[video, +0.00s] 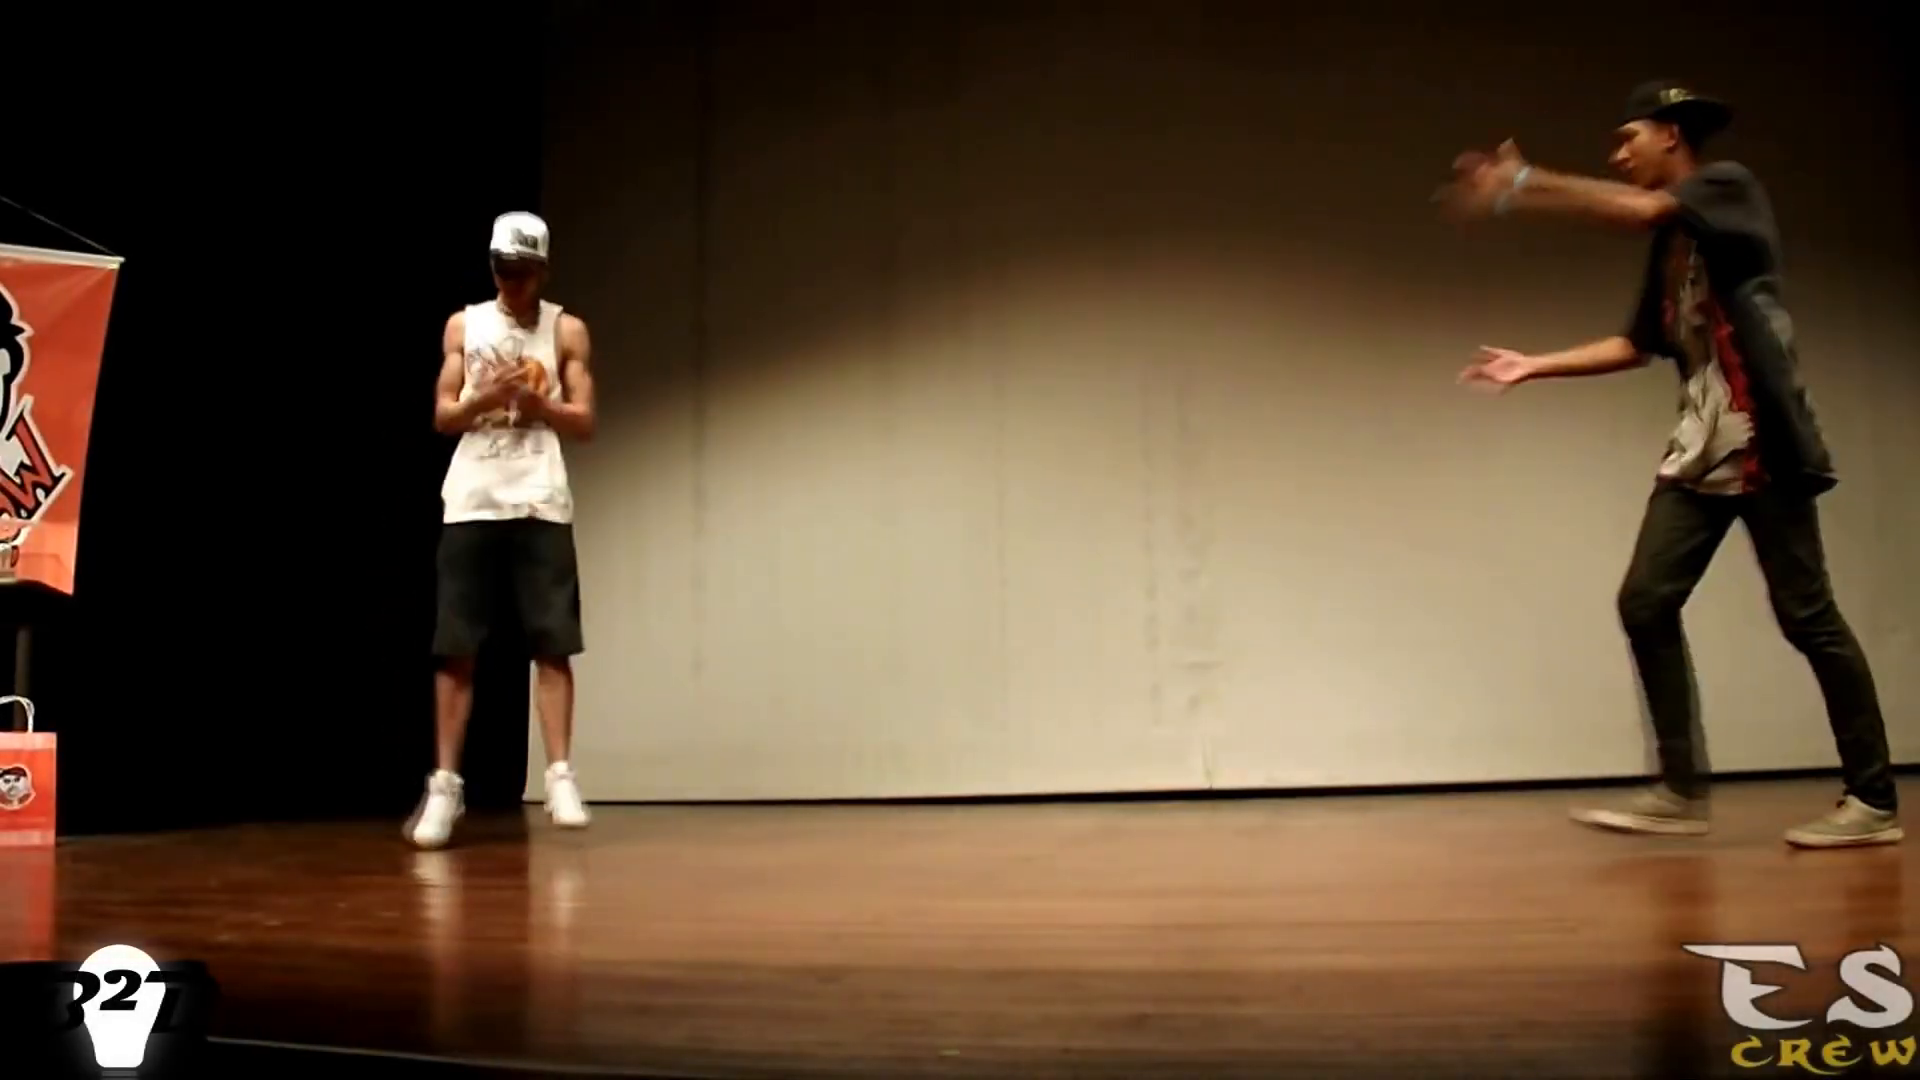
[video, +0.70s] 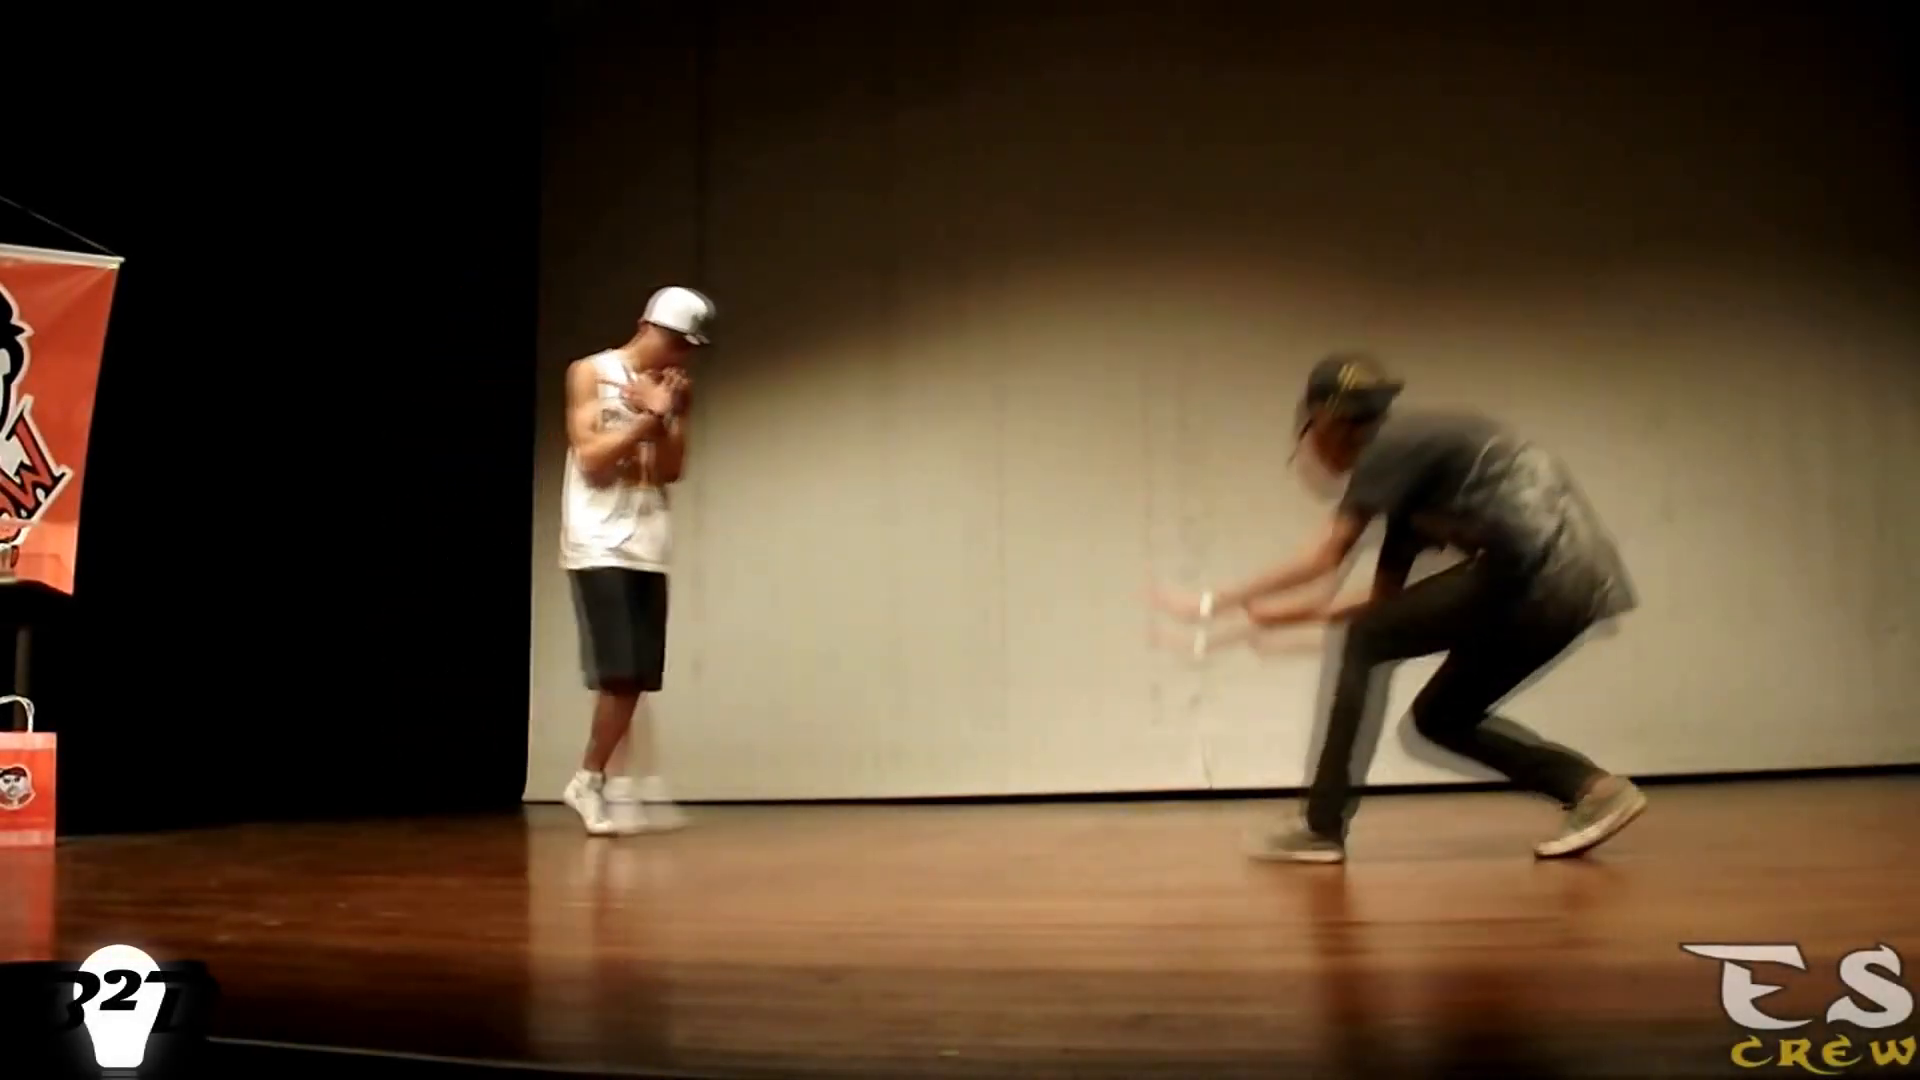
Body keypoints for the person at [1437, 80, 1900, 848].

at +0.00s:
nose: (1619, 150)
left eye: (1630, 135)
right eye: (1619, 139)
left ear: (1674, 135)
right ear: (1662, 144)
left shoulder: (1731, 188)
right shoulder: (1666, 228)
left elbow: (1641, 208)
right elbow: (1640, 343)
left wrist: (1521, 184)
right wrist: (1533, 363)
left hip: (1769, 438)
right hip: (1701, 444)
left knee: (1809, 615)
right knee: (1647, 604)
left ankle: (1875, 801)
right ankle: (1682, 796)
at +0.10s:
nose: (1588, 158)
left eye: (1600, 143)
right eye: (1589, 146)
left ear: (1644, 143)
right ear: (1632, 152)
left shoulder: (1700, 193)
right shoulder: (1644, 238)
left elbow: (1603, 238)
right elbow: (1608, 343)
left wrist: (1473, 250)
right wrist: (1510, 368)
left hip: (1747, 447)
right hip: (1681, 454)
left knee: (1792, 619)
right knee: (1632, 610)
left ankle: (1872, 798)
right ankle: (1641, 805)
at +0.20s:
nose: (1545, 165)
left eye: (1558, 150)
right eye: (1546, 153)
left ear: (1602, 153)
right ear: (1589, 161)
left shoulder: (1661, 208)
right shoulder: (1614, 247)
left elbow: (1565, 276)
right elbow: (1573, 353)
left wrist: (1442, 301)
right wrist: (1479, 380)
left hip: (1717, 467)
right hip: (1650, 473)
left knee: (1757, 623)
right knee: (1609, 619)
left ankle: (1864, 788)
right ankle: (1637, 811)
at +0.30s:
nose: (1497, 187)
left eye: (1509, 171)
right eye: (1498, 173)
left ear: (1551, 171)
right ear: (1545, 177)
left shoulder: (1614, 219)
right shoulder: (1574, 264)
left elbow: (1528, 296)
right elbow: (1535, 369)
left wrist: (1402, 331)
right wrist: (1434, 397)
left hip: (1673, 468)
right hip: (1617, 474)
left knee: (1661, 622)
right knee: (1580, 627)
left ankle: (1819, 749)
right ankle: (1633, 810)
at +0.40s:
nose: (1452, 233)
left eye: (1458, 213)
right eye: (1449, 219)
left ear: (1499, 200)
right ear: (1492, 208)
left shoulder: (1562, 237)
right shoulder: (1538, 275)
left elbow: (1469, 317)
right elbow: (1485, 388)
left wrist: (1347, 365)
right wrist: (1387, 429)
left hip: (1637, 463)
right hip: (1614, 465)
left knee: (1556, 618)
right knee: (1548, 618)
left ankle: (1711, 737)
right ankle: (1628, 808)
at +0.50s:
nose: (1402, 288)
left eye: (1406, 271)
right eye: (1399, 275)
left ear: (1437, 257)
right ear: (1445, 261)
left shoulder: (1503, 278)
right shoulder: (1491, 327)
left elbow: (1411, 363)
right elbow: (1429, 434)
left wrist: (1294, 426)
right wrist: (1342, 488)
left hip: (1602, 473)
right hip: (1626, 479)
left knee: (1471, 592)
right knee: (1522, 637)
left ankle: (1607, 792)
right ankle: (1626, 807)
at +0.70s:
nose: (1310, 445)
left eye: (1314, 428)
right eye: (1309, 430)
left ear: (1341, 421)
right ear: (1369, 413)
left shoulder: (1392, 445)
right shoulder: (1422, 465)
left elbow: (1323, 561)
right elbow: (1380, 602)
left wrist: (1217, 598)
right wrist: (1273, 618)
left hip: (1525, 576)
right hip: (1572, 583)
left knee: (1364, 636)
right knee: (1441, 718)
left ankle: (1322, 828)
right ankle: (1596, 791)